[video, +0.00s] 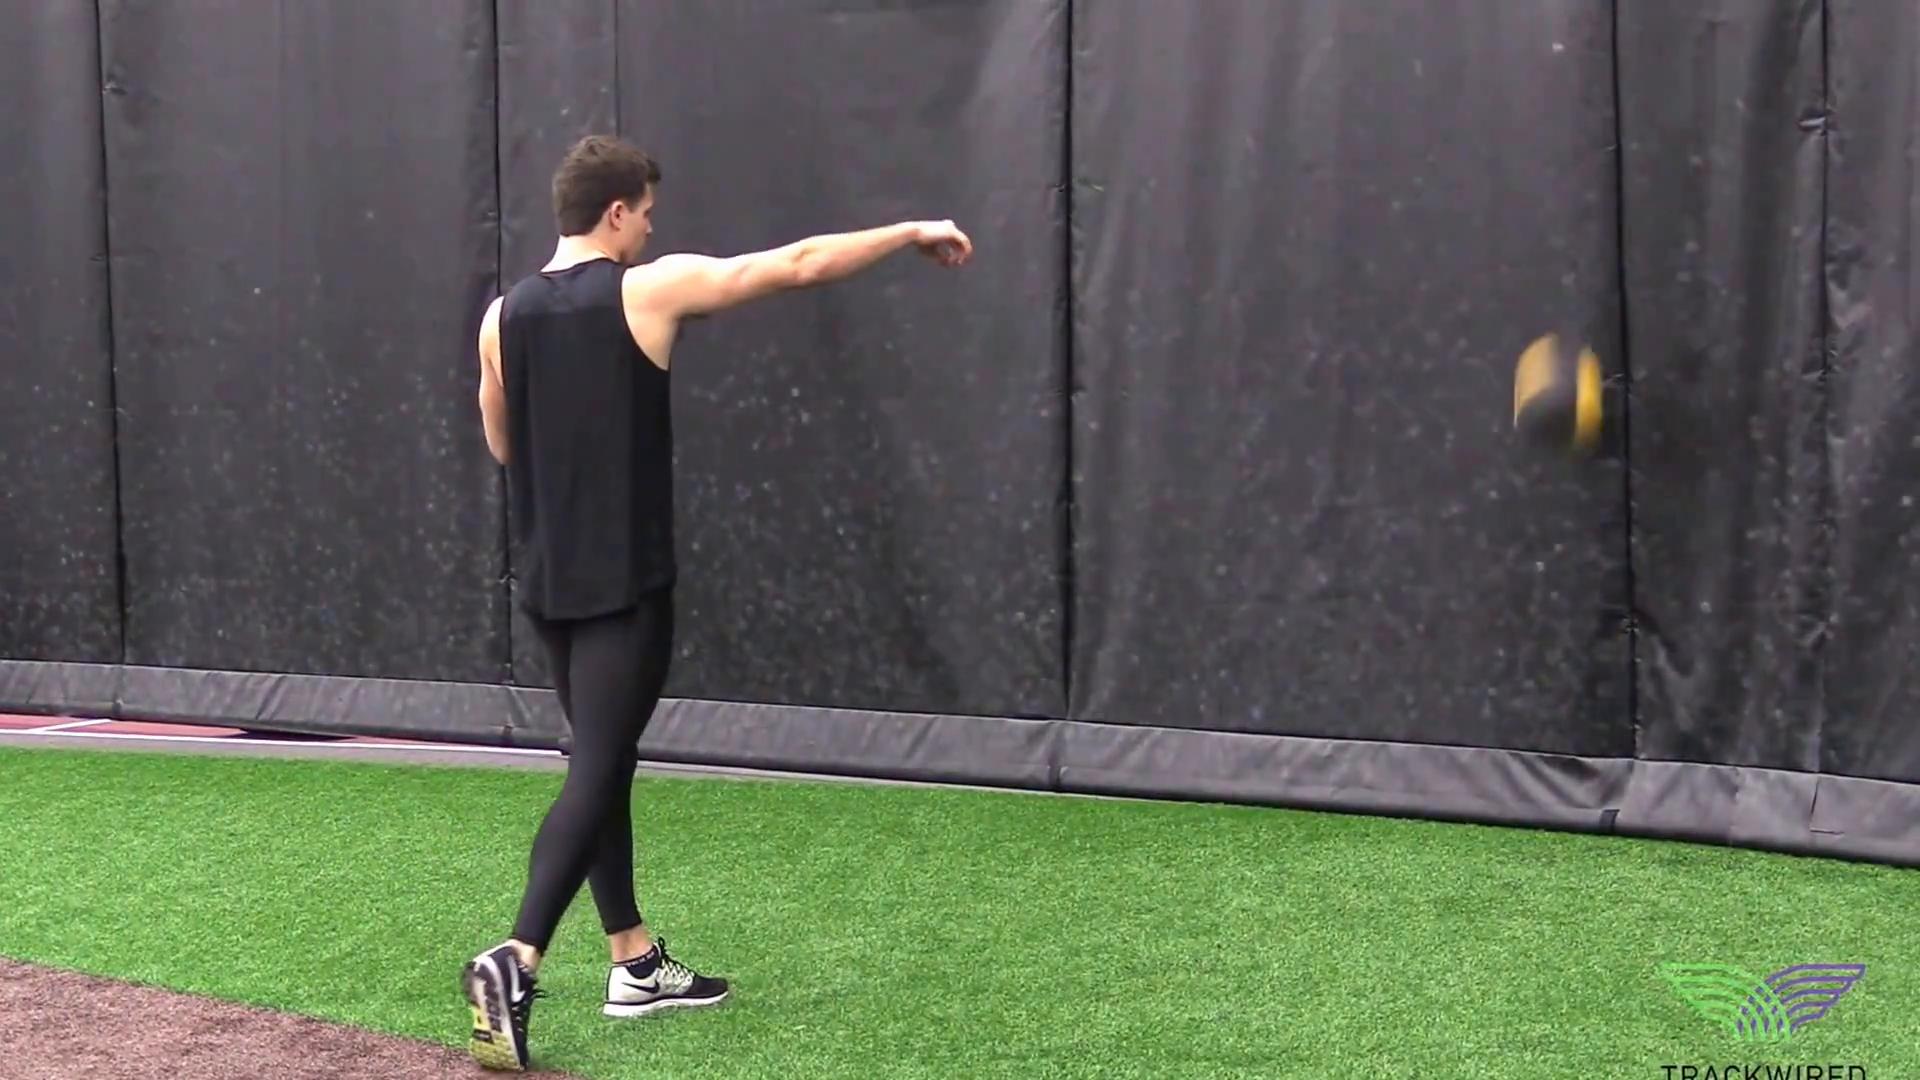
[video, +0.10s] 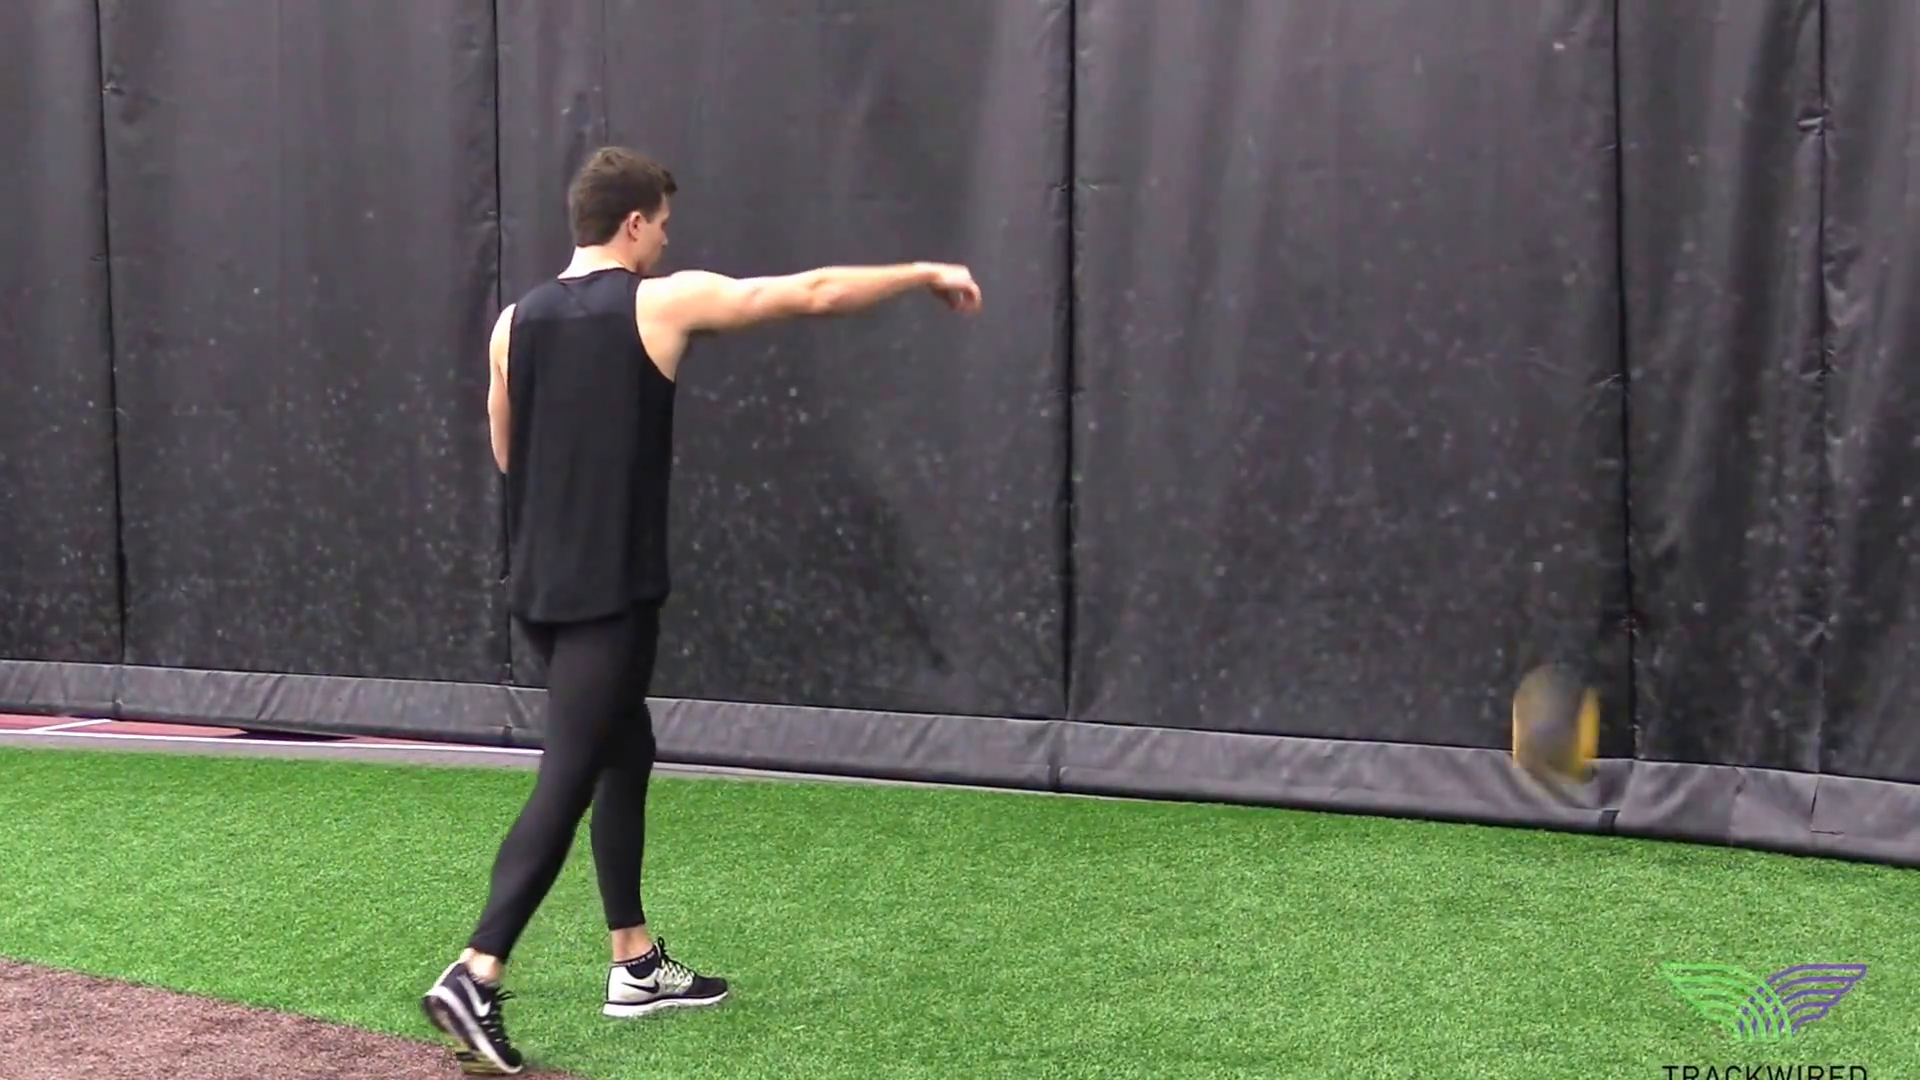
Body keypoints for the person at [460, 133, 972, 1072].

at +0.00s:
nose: (652, 226)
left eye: (650, 212)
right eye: (649, 211)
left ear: (571, 216)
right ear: (620, 213)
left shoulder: (504, 313)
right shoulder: (651, 287)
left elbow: (501, 438)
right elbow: (796, 265)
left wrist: (555, 462)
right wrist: (909, 230)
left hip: (546, 571)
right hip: (625, 568)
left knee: (602, 763)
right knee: (596, 767)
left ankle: (634, 963)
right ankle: (516, 957)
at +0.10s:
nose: (667, 236)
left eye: (664, 222)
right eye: (663, 222)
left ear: (585, 223)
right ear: (636, 224)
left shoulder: (515, 323)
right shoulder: (666, 300)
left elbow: (506, 453)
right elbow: (811, 291)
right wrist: (923, 274)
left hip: (540, 579)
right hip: (615, 579)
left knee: (627, 752)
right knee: (563, 782)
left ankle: (635, 965)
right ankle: (474, 977)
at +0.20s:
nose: (685, 259)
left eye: (682, 243)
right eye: (683, 244)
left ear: (601, 244)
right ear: (659, 244)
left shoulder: (532, 337)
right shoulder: (682, 323)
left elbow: (506, 469)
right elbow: (832, 332)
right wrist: (942, 326)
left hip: (533, 596)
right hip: (606, 597)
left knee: (644, 750)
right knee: (547, 790)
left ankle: (634, 963)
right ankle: (454, 987)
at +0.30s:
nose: (708, 257)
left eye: (706, 242)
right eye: (703, 243)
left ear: (623, 242)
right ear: (672, 243)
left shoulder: (550, 335)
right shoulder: (696, 322)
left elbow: (509, 467)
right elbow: (835, 362)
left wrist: (575, 403)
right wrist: (963, 386)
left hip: (566, 589)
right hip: (623, 592)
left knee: (647, 754)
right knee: (572, 773)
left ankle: (632, 963)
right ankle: (476, 969)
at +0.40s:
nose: (727, 248)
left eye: (723, 232)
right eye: (720, 233)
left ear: (636, 229)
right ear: (693, 229)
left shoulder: (575, 320)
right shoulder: (710, 308)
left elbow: (520, 454)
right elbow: (827, 394)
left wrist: (581, 499)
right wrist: (931, 460)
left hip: (592, 568)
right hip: (655, 570)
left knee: (636, 759)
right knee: (641, 758)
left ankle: (629, 956)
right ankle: (524, 930)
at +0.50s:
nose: (743, 236)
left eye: (739, 220)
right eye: (738, 221)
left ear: (655, 211)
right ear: (720, 215)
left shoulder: (603, 287)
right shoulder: (718, 286)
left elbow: (534, 430)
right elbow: (768, 416)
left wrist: (617, 471)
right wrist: (834, 526)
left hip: (613, 545)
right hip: (684, 549)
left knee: (663, 737)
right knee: (696, 738)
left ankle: (605, 937)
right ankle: (589, 897)